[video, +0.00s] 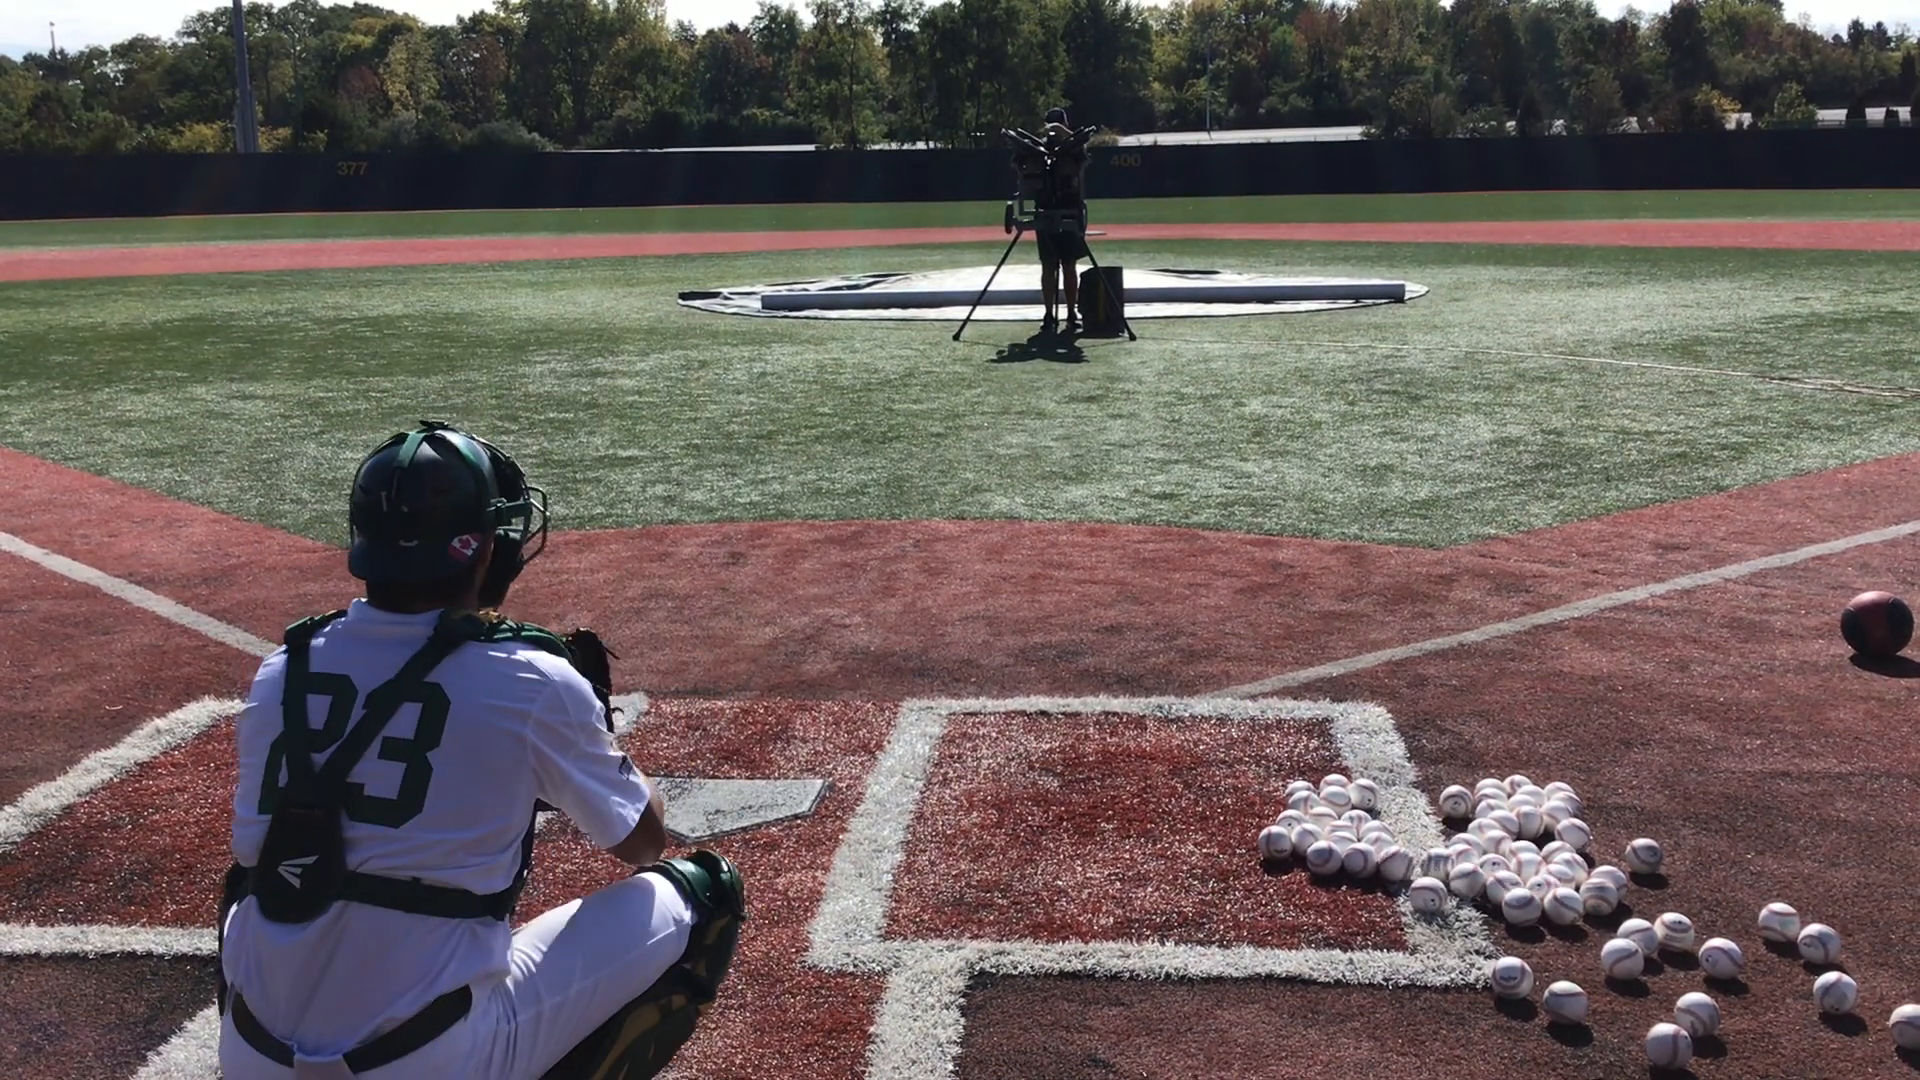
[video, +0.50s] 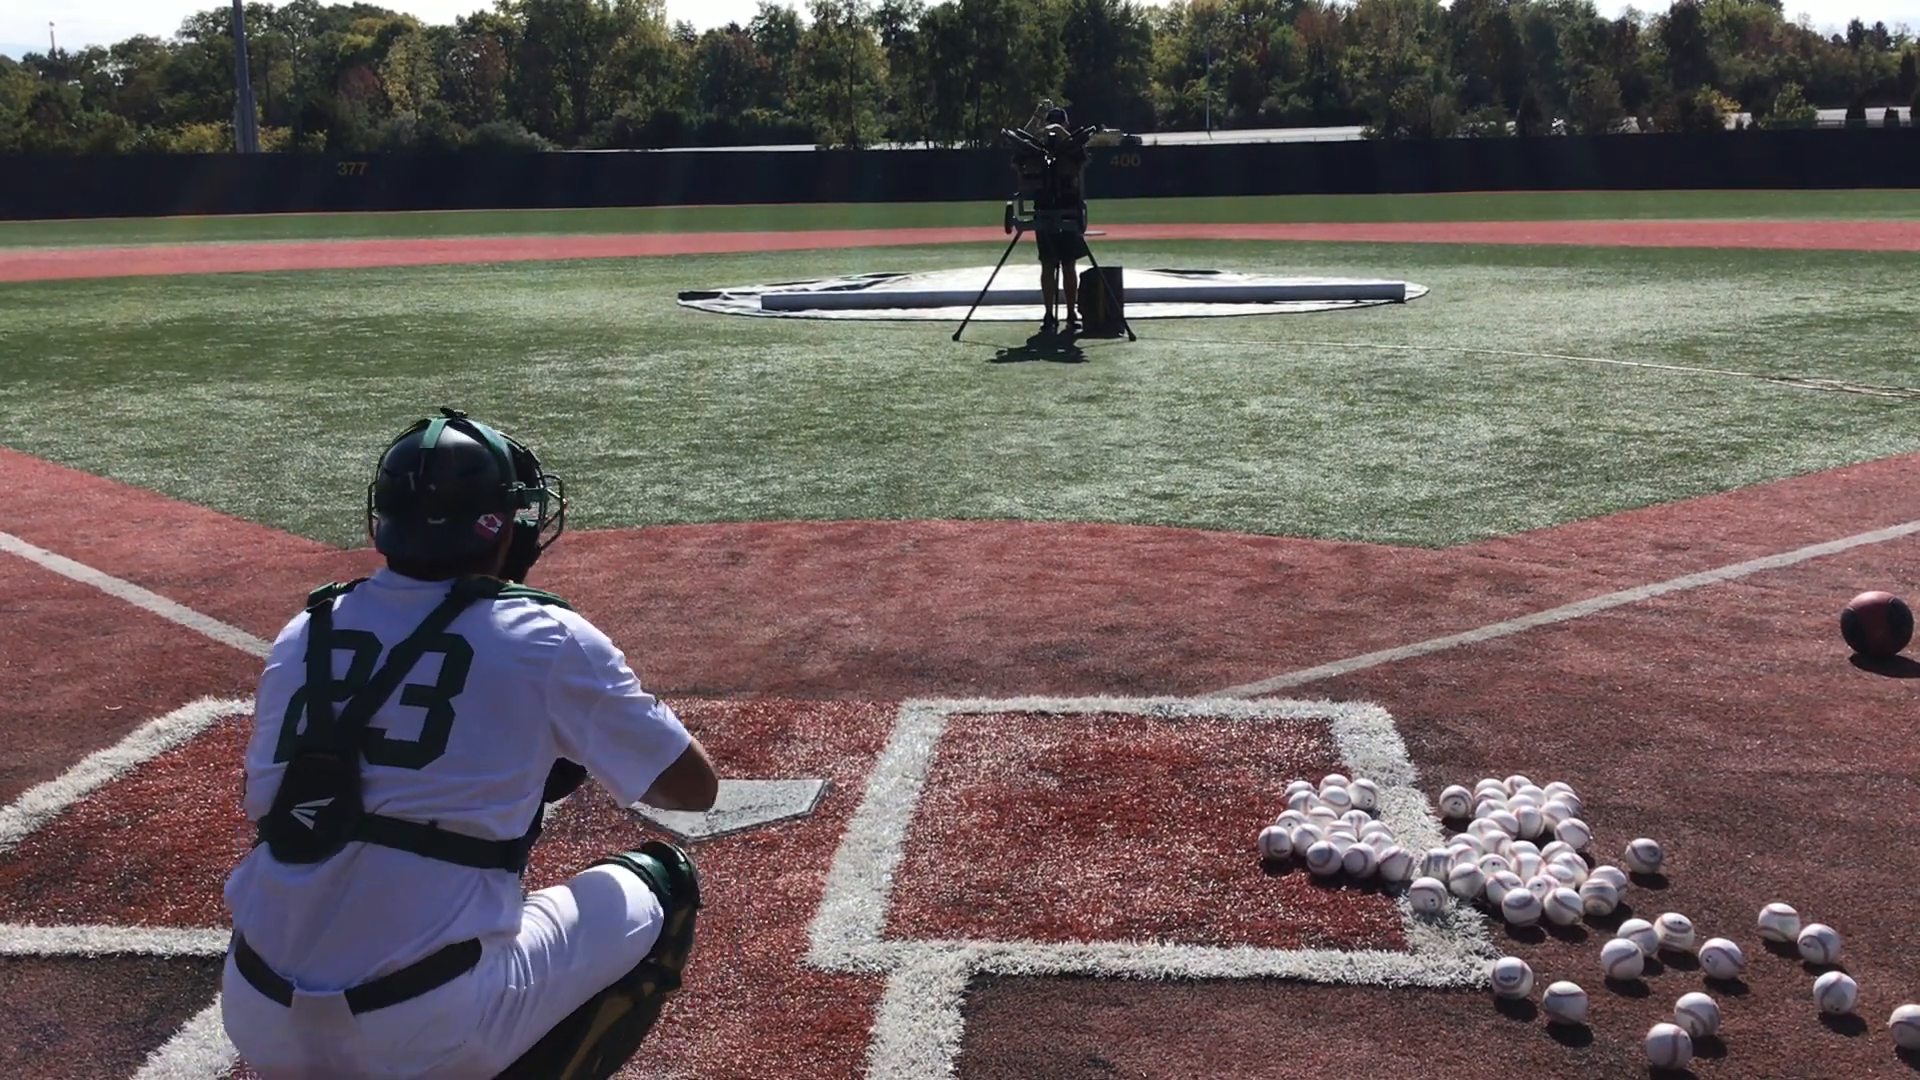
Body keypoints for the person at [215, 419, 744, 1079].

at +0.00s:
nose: (514, 548)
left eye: (510, 530)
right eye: (506, 531)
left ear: (364, 544)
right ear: (477, 556)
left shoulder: (282, 668)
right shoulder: (532, 683)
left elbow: (253, 844)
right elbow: (643, 843)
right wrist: (586, 713)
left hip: (252, 1047)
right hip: (426, 1057)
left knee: (251, 877)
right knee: (706, 891)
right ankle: (584, 1063)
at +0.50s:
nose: (529, 529)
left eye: (526, 512)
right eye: (521, 516)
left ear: (385, 527)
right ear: (499, 534)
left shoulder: (307, 627)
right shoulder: (547, 639)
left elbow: (262, 801)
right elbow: (694, 786)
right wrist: (592, 746)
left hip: (259, 1024)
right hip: (420, 1039)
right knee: (665, 884)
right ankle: (544, 1067)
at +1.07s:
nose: (531, 537)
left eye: (530, 521)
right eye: (524, 522)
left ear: (397, 525)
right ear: (499, 535)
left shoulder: (316, 615)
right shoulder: (520, 626)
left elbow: (239, 763)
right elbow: (710, 768)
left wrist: (463, 814)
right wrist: (567, 811)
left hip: (202, 977)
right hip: (374, 982)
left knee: (200, 885)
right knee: (681, 863)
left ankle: (170, 1069)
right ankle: (672, 1065)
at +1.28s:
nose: (506, 556)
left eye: (503, 540)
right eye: (499, 541)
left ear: (370, 543)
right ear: (474, 557)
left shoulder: (299, 623)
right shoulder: (476, 655)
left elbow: (195, 786)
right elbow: (691, 777)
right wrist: (602, 798)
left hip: (159, 993)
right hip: (292, 1012)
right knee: (640, 861)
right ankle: (655, 1061)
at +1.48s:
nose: (493, 560)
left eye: (491, 544)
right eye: (484, 549)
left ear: (354, 559)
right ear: (457, 571)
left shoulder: (303, 629)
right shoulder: (429, 677)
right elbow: (641, 791)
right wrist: (686, 837)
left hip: (196, 1000)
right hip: (278, 1029)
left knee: (445, 794)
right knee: (611, 865)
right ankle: (655, 1060)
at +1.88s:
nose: (467, 601)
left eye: (464, 583)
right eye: (460, 586)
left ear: (338, 591)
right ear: (431, 600)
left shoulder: (283, 659)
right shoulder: (383, 696)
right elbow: (554, 801)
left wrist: (459, 675)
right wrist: (647, 840)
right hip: (249, 1036)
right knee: (564, 883)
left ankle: (434, 1049)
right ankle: (636, 1062)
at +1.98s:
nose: (468, 593)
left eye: (466, 577)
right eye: (461, 578)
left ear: (338, 581)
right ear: (435, 589)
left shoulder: (284, 647)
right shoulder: (387, 690)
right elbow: (551, 799)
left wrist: (450, 649)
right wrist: (647, 831)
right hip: (248, 1020)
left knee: (455, 1032)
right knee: (568, 883)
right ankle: (637, 1061)